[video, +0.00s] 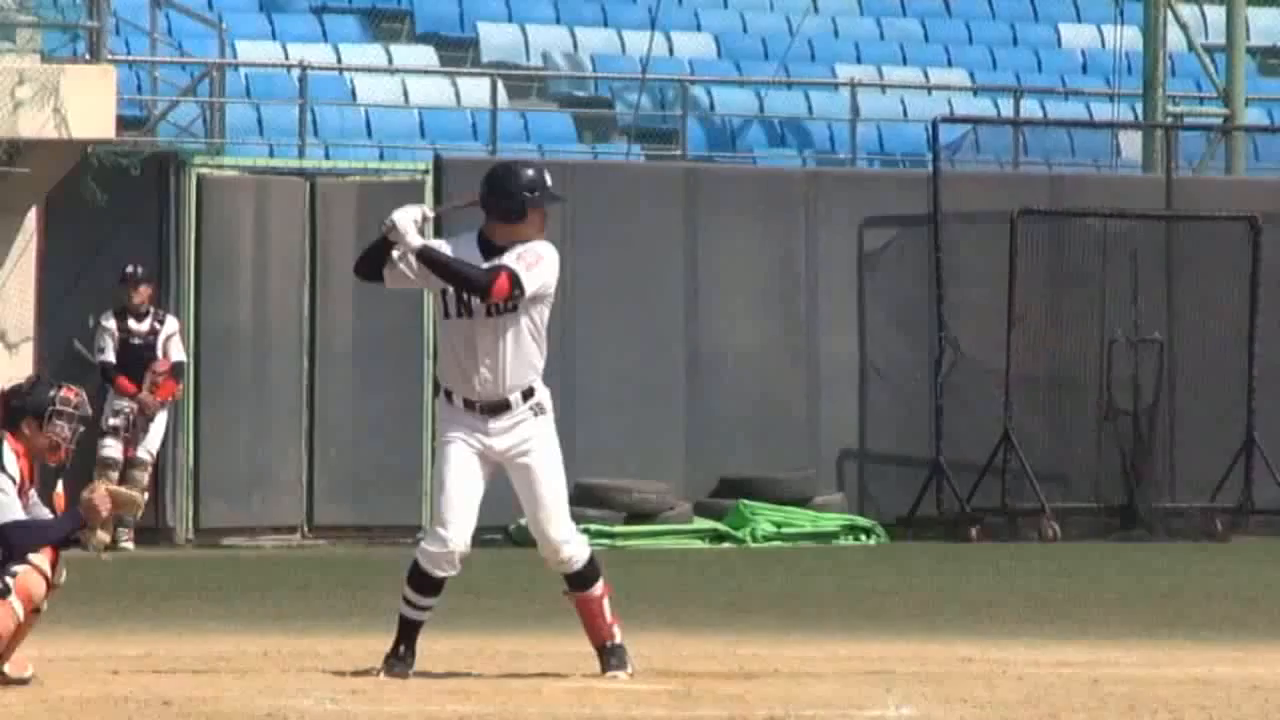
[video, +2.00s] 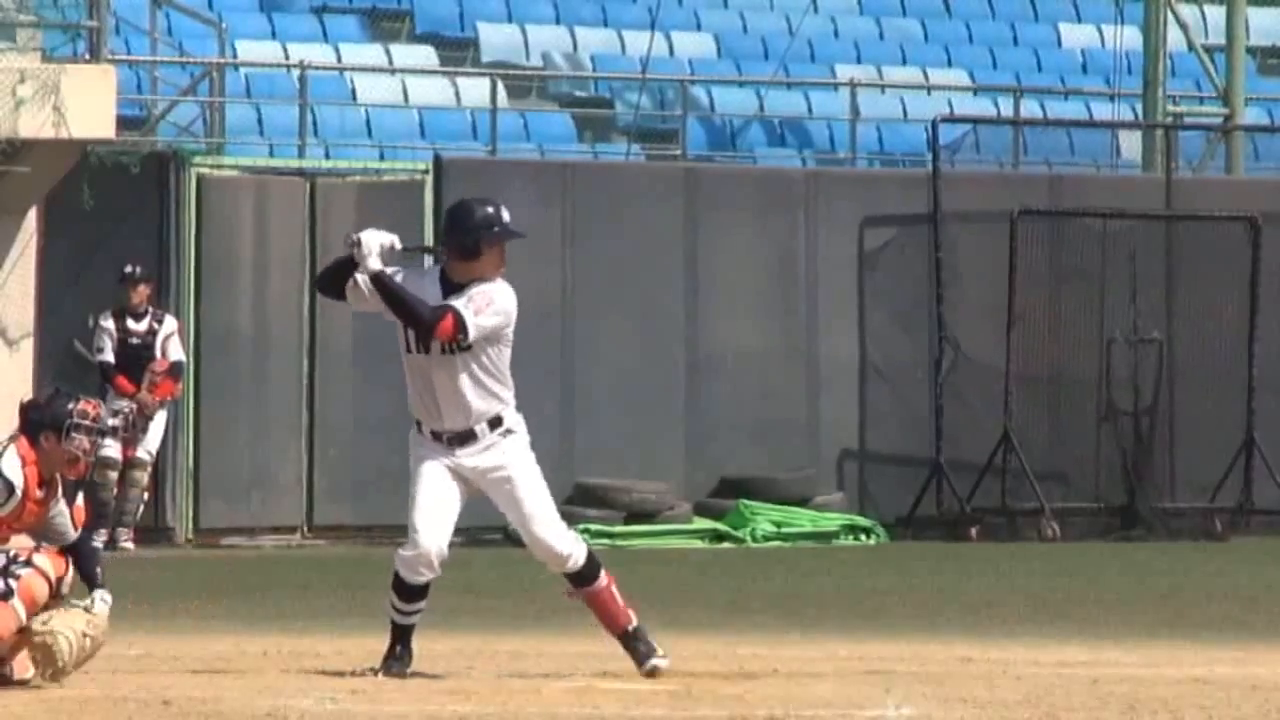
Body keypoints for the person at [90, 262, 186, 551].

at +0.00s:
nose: (134, 293)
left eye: (140, 287)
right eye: (130, 287)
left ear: (151, 290)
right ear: (123, 290)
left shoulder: (168, 324)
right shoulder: (110, 322)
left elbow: (177, 368)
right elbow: (107, 367)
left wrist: (160, 397)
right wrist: (137, 394)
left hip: (153, 399)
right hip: (120, 396)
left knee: (141, 461)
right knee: (109, 457)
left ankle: (126, 529)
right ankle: (102, 526)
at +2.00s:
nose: (133, 292)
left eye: (138, 286)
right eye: (129, 286)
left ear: (149, 289)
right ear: (123, 290)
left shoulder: (167, 324)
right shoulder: (109, 321)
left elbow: (177, 367)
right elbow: (106, 367)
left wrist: (156, 397)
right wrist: (136, 394)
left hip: (152, 400)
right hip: (118, 396)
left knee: (140, 460)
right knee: (107, 457)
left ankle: (125, 529)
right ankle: (102, 526)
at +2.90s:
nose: (138, 291)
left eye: (143, 285)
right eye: (132, 285)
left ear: (150, 289)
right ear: (122, 289)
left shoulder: (166, 324)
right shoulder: (107, 321)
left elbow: (175, 370)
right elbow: (101, 369)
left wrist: (157, 397)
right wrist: (135, 394)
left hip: (151, 401)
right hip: (114, 399)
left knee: (139, 463)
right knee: (108, 460)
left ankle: (125, 529)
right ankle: (100, 528)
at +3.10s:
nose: (145, 291)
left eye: (148, 285)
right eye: (139, 285)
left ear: (153, 290)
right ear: (125, 289)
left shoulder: (165, 323)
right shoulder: (107, 321)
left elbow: (176, 367)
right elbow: (105, 367)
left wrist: (158, 397)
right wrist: (137, 395)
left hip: (150, 399)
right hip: (116, 396)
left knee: (140, 460)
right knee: (108, 457)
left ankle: (125, 527)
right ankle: (102, 525)